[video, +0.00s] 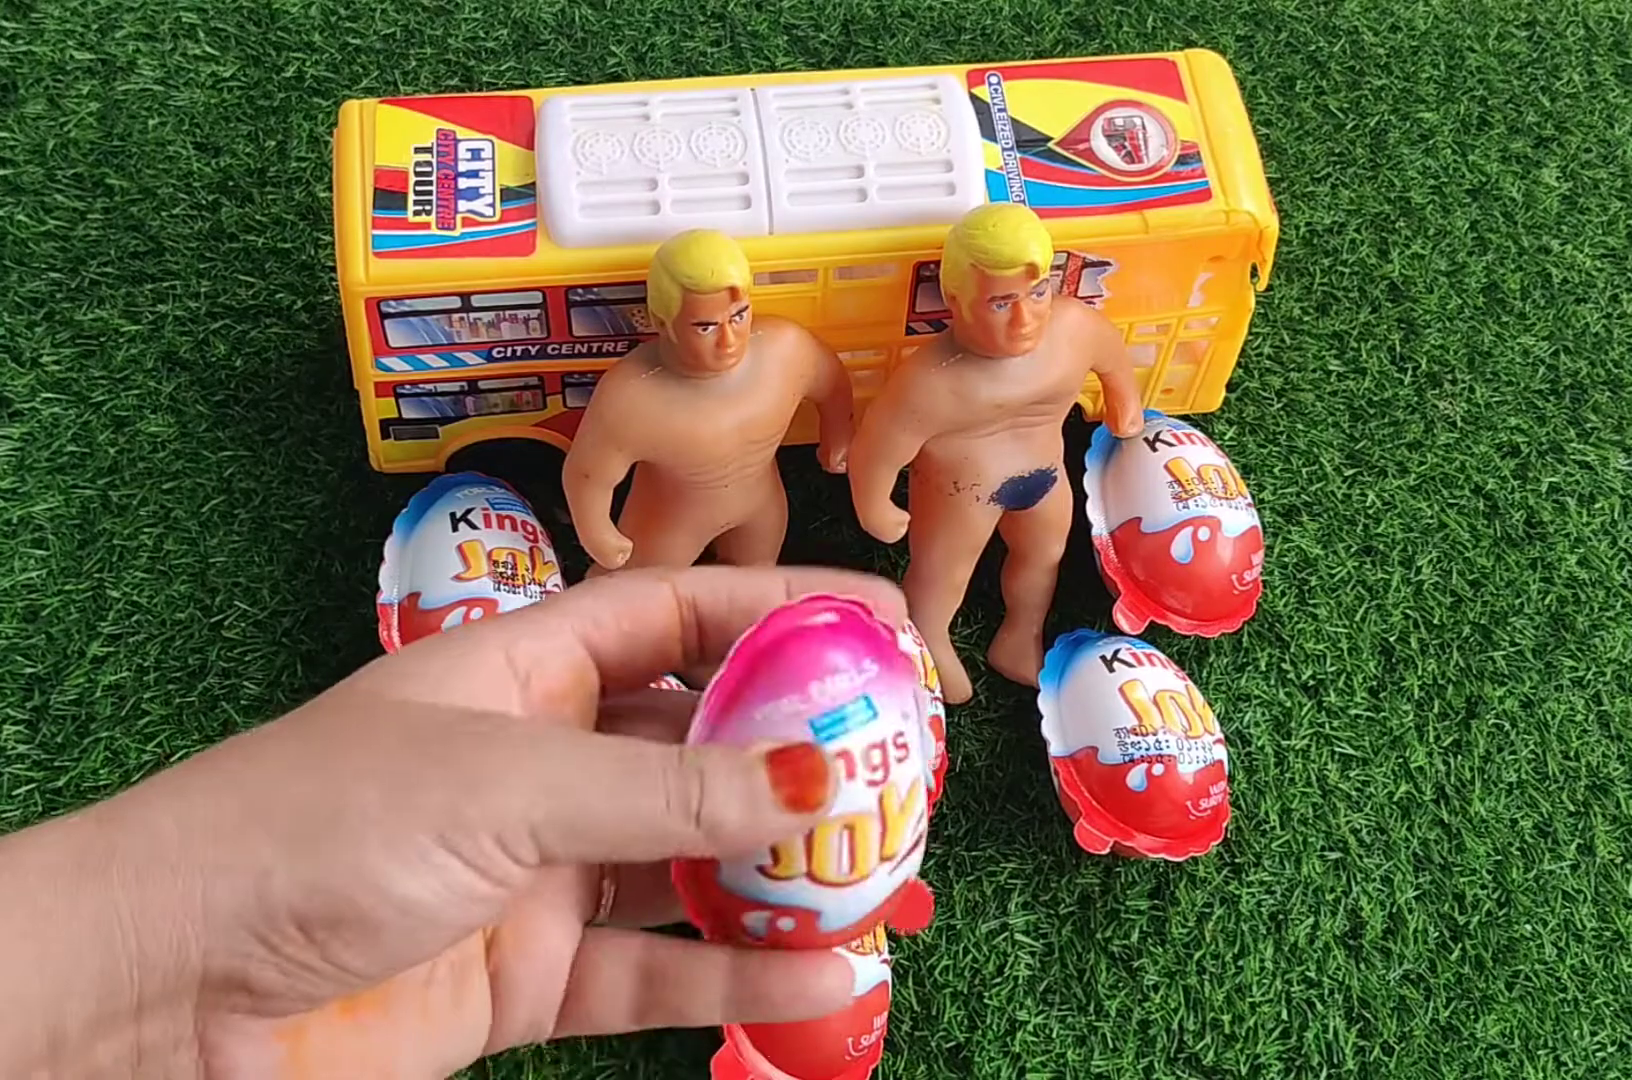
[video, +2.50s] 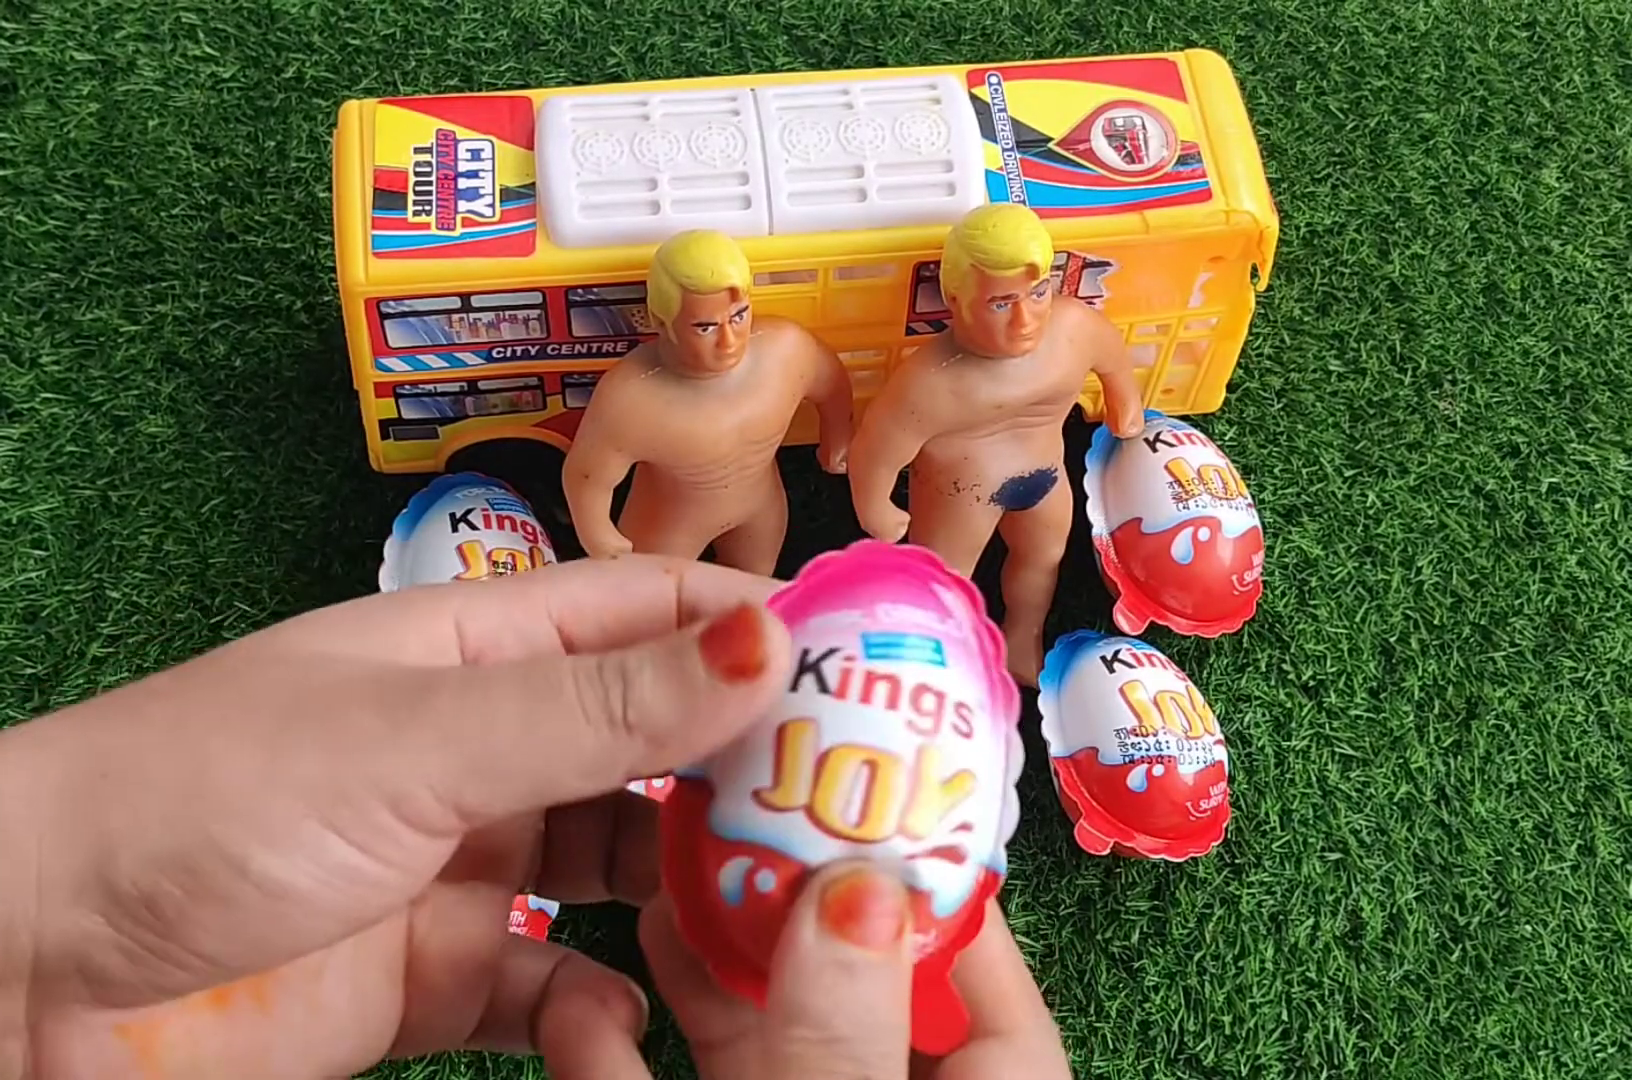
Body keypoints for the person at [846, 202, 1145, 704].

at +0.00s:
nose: (1023, 316)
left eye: (1036, 294)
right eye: (999, 302)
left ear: (1050, 284)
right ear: (953, 304)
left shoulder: (1079, 327)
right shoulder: (927, 382)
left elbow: (1113, 360)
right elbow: (874, 453)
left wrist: (1126, 408)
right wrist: (877, 514)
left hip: (1045, 475)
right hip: (959, 489)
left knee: (1041, 559)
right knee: (942, 575)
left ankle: (1021, 641)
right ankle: (930, 641)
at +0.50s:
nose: (1024, 317)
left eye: (1037, 294)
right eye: (1000, 302)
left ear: (1051, 283)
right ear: (953, 303)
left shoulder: (1079, 328)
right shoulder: (927, 381)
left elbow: (1115, 362)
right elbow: (871, 458)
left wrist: (1126, 410)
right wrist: (879, 516)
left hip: (1044, 479)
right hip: (958, 492)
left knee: (1040, 563)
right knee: (940, 584)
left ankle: (1020, 643)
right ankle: (922, 662)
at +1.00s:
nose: (1023, 317)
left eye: (1036, 294)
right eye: (1000, 302)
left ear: (1050, 284)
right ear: (953, 304)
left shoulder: (1079, 328)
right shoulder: (927, 382)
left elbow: (1114, 360)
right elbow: (873, 453)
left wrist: (1126, 410)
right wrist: (878, 515)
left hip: (1045, 477)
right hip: (959, 493)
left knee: (1041, 560)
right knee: (942, 578)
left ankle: (1021, 642)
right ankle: (933, 642)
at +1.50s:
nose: (1025, 317)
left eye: (1038, 294)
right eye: (1001, 303)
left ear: (1051, 284)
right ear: (952, 303)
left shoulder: (1079, 328)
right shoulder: (928, 381)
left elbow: (1116, 364)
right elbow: (869, 466)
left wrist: (1127, 411)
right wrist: (886, 546)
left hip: (1044, 478)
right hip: (958, 491)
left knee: (1041, 563)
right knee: (943, 578)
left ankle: (1020, 644)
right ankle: (933, 654)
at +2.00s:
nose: (1025, 318)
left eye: (1037, 294)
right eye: (1000, 303)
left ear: (1052, 284)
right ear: (952, 303)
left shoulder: (1079, 327)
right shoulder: (927, 382)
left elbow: (1116, 364)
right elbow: (870, 466)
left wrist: (1127, 412)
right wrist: (886, 548)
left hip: (1044, 477)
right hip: (959, 489)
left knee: (1040, 563)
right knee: (947, 571)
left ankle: (1023, 645)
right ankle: (936, 649)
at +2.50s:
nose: (1025, 318)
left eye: (1038, 294)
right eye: (1001, 303)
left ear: (1051, 284)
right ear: (952, 303)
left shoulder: (1079, 327)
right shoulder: (928, 381)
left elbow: (1116, 364)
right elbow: (871, 459)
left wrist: (1127, 410)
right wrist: (879, 516)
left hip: (1044, 478)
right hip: (959, 491)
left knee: (1040, 565)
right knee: (942, 579)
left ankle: (1023, 644)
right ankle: (928, 656)